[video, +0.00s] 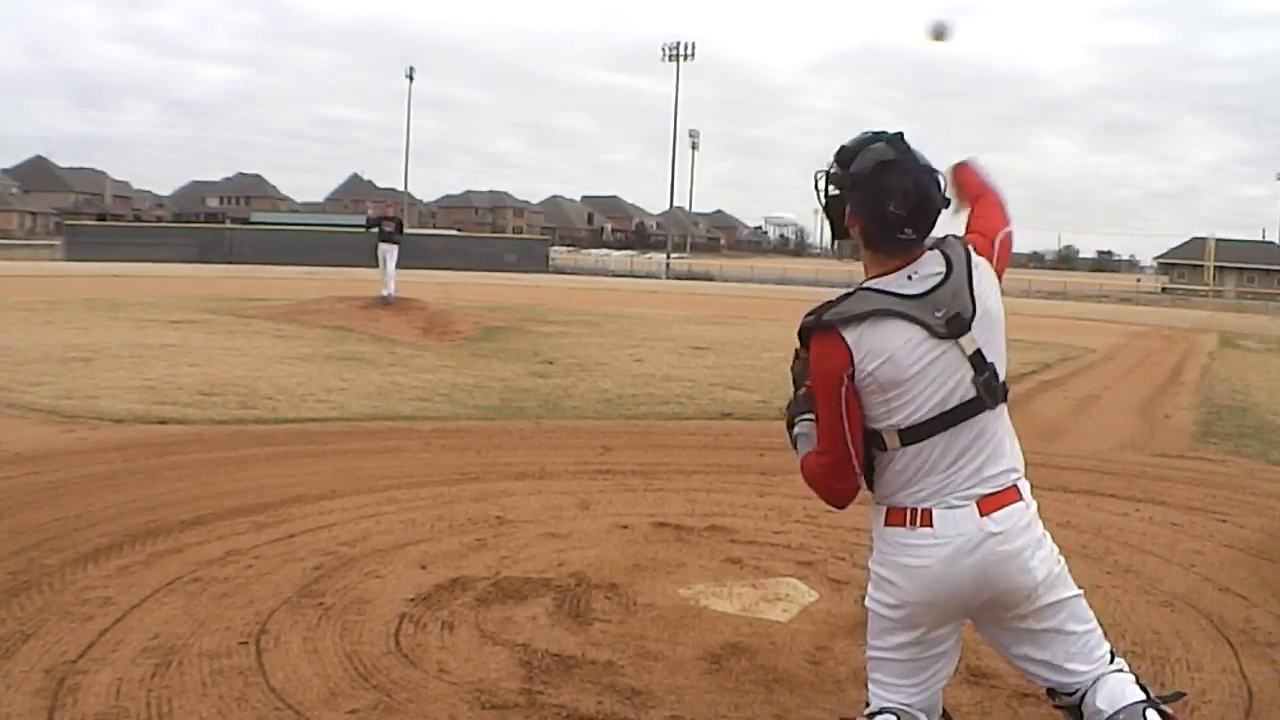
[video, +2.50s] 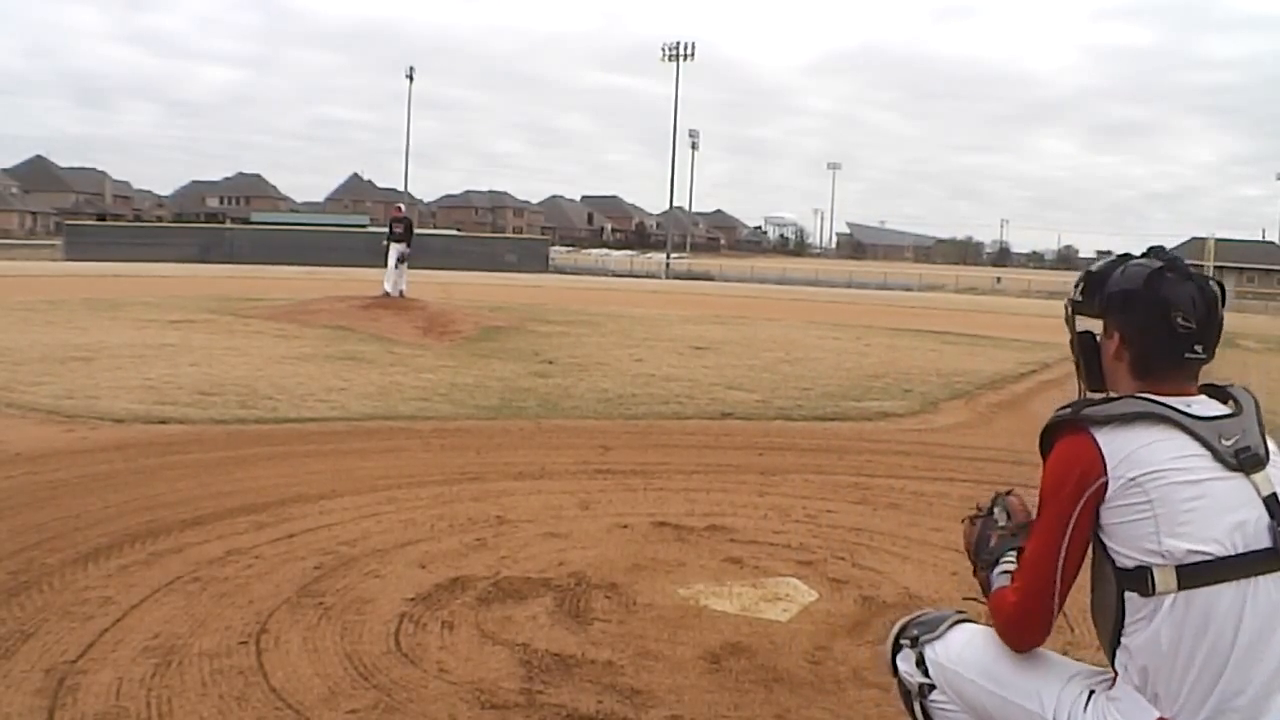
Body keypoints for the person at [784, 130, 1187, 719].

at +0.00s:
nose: (838, 208)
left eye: (842, 197)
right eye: (842, 195)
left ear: (853, 221)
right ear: (925, 214)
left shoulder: (838, 335)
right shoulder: (973, 262)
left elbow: (837, 486)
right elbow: (990, 214)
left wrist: (802, 415)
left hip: (913, 550)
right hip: (1011, 527)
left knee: (897, 706)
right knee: (1098, 678)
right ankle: (1138, 713)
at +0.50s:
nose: (853, 204)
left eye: (857, 194)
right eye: (857, 193)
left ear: (868, 213)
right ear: (935, 211)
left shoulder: (844, 317)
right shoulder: (965, 278)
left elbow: (845, 455)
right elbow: (901, 328)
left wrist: (798, 502)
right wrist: (808, 353)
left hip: (911, 536)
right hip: (1006, 520)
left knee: (899, 707)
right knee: (1076, 697)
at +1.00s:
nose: (993, 219)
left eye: (997, 209)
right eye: (998, 207)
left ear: (1006, 223)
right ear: (1076, 232)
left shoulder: (948, 301)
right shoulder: (1104, 321)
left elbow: (900, 427)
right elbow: (1166, 446)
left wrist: (854, 550)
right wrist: (1241, 539)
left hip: (951, 540)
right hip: (1052, 546)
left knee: (904, 702)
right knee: (1056, 710)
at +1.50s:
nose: (1091, 213)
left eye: (1097, 202)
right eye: (1094, 201)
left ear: (1112, 215)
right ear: (1177, 226)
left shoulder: (1080, 302)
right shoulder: (1212, 331)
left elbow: (1052, 446)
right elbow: (1198, 473)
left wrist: (983, 483)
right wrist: (1108, 473)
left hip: (1054, 544)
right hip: (1146, 558)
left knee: (918, 673)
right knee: (1069, 710)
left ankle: (966, 714)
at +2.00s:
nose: (1118, 303)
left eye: (1125, 290)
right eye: (1123, 288)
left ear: (1140, 304)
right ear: (1217, 313)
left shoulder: (1130, 408)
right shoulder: (1253, 395)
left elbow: (980, 525)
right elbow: (1270, 542)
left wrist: (1066, 494)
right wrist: (1104, 527)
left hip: (1116, 695)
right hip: (1202, 697)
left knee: (890, 675)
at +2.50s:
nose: (1093, 344)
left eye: (1098, 330)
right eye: (1097, 329)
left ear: (1115, 343)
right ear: (1198, 345)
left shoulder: (1094, 441)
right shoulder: (1248, 423)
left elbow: (1022, 630)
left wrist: (999, 561)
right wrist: (1049, 529)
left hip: (1161, 711)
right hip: (1265, 705)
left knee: (926, 647)